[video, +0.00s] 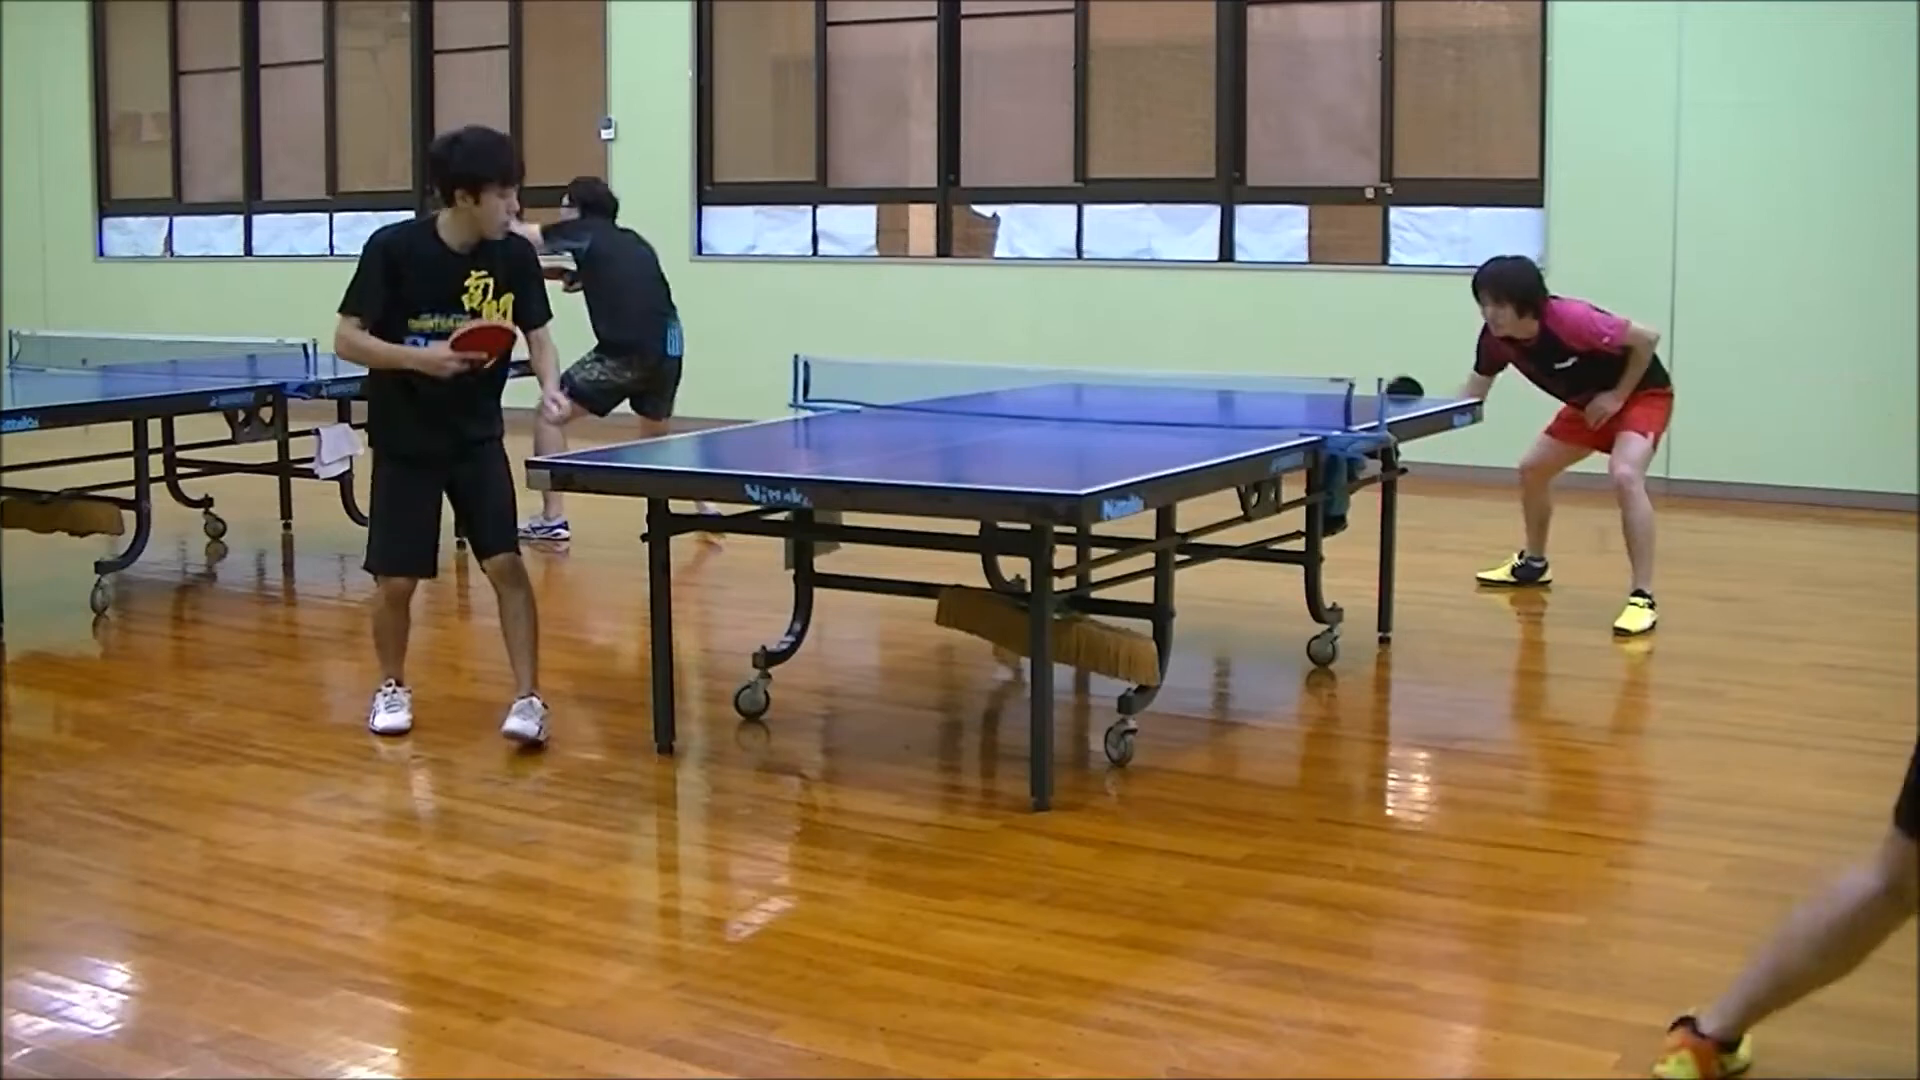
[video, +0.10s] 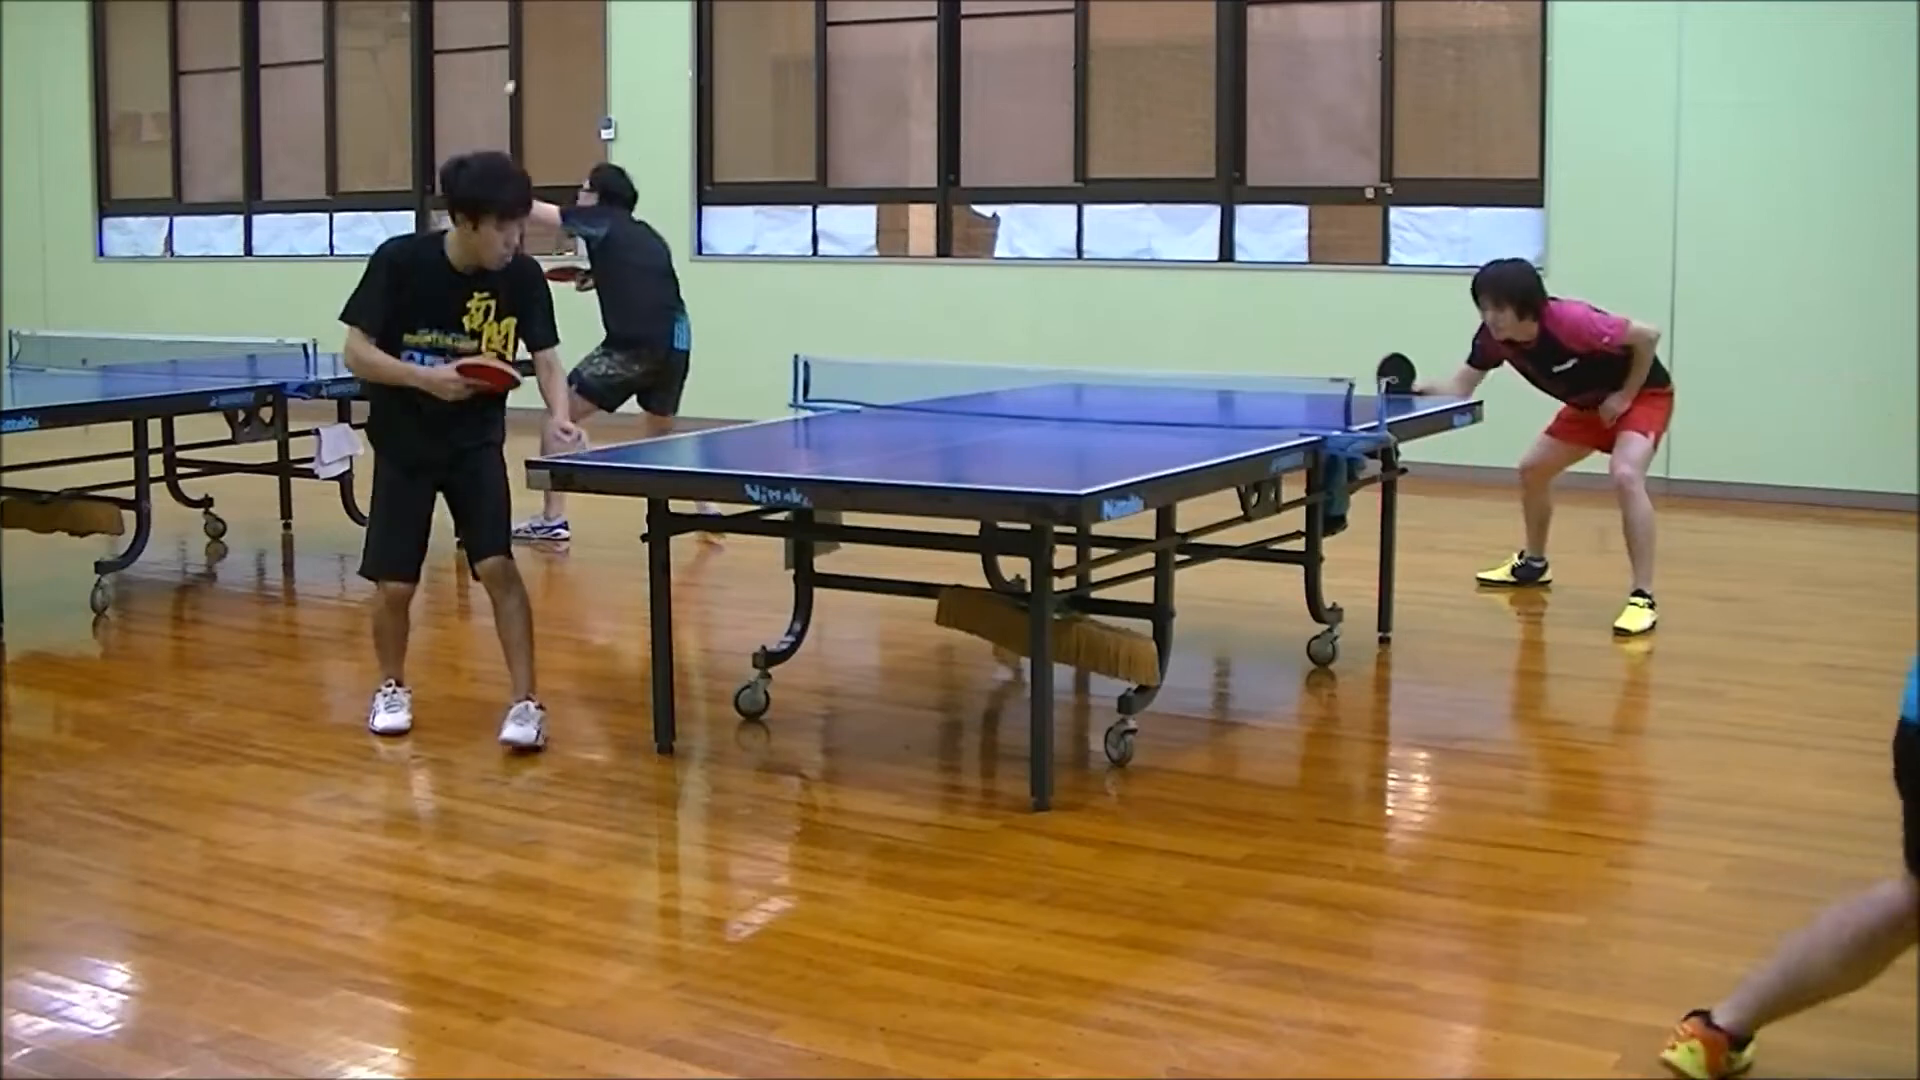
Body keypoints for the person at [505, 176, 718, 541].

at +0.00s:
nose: (562, 211)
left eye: (566, 206)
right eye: (564, 205)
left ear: (579, 209)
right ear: (607, 211)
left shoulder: (585, 231)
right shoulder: (635, 240)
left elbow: (529, 234)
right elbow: (622, 274)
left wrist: (503, 218)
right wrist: (583, 277)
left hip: (625, 352)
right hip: (668, 355)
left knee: (548, 417)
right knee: (655, 437)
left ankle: (552, 519)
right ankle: (706, 508)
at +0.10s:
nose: (578, 197)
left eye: (583, 191)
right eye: (580, 191)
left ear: (597, 197)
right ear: (625, 201)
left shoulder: (600, 218)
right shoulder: (648, 235)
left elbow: (531, 208)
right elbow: (644, 274)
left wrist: (497, 187)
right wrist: (595, 277)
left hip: (632, 344)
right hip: (675, 348)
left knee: (559, 418)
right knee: (660, 434)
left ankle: (552, 520)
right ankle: (706, 508)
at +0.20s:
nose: (594, 188)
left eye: (600, 182)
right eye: (597, 181)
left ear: (616, 188)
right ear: (642, 194)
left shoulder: (617, 212)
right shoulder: (663, 230)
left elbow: (550, 208)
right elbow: (647, 271)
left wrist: (509, 181)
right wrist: (602, 266)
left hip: (640, 341)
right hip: (682, 346)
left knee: (569, 417)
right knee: (665, 434)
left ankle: (553, 519)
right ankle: (708, 509)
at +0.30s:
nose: (610, 181)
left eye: (614, 175)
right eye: (612, 174)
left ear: (629, 182)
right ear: (657, 189)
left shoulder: (624, 210)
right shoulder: (678, 226)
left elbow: (554, 211)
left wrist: (511, 202)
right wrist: (659, 273)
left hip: (649, 334)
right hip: (692, 340)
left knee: (582, 417)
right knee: (676, 431)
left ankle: (558, 517)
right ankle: (709, 513)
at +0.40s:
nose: (621, 176)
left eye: (626, 171)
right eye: (624, 170)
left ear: (639, 179)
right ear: (667, 185)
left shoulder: (631, 207)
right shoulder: (691, 219)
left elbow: (565, 220)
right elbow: (730, 272)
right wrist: (692, 285)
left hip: (656, 327)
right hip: (700, 332)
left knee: (592, 416)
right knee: (683, 425)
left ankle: (562, 515)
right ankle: (711, 512)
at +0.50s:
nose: (627, 176)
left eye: (633, 172)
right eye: (630, 171)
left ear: (645, 180)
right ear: (672, 186)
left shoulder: (632, 208)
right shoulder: (694, 218)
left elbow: (567, 231)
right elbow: (741, 262)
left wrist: (544, 252)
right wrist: (726, 284)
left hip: (657, 326)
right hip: (702, 331)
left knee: (592, 409)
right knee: (691, 423)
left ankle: (579, 513)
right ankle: (713, 514)